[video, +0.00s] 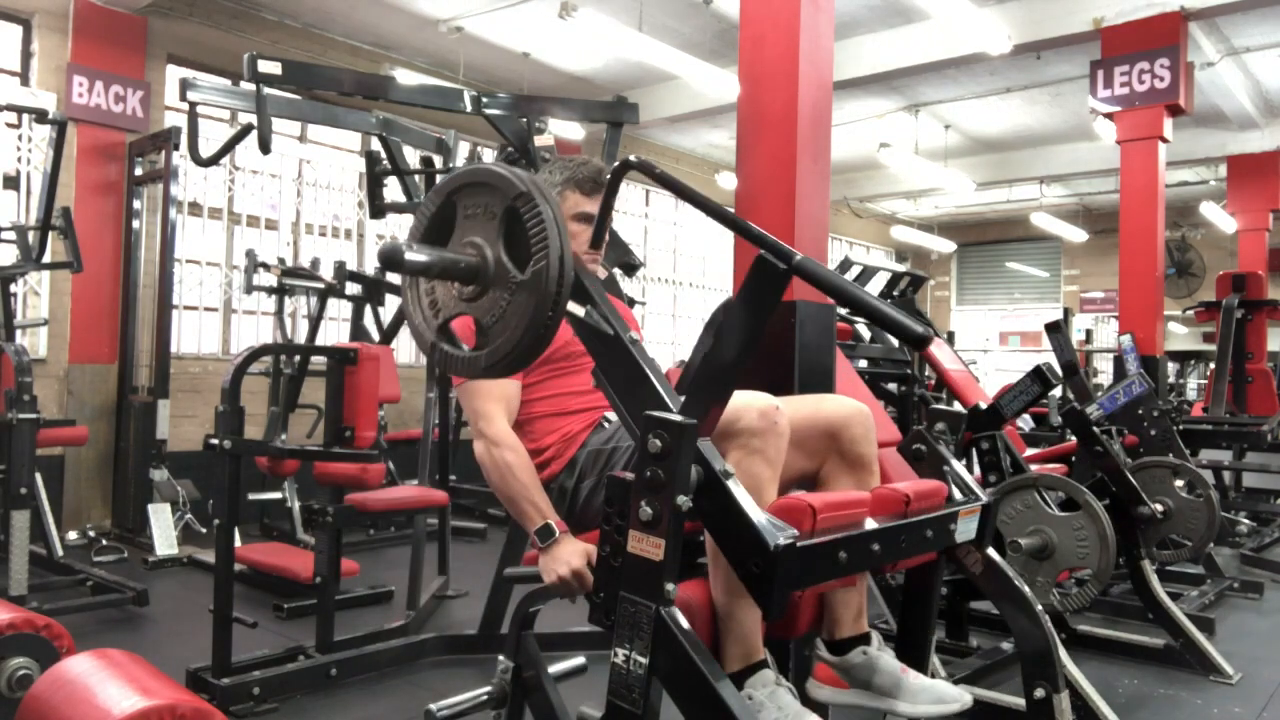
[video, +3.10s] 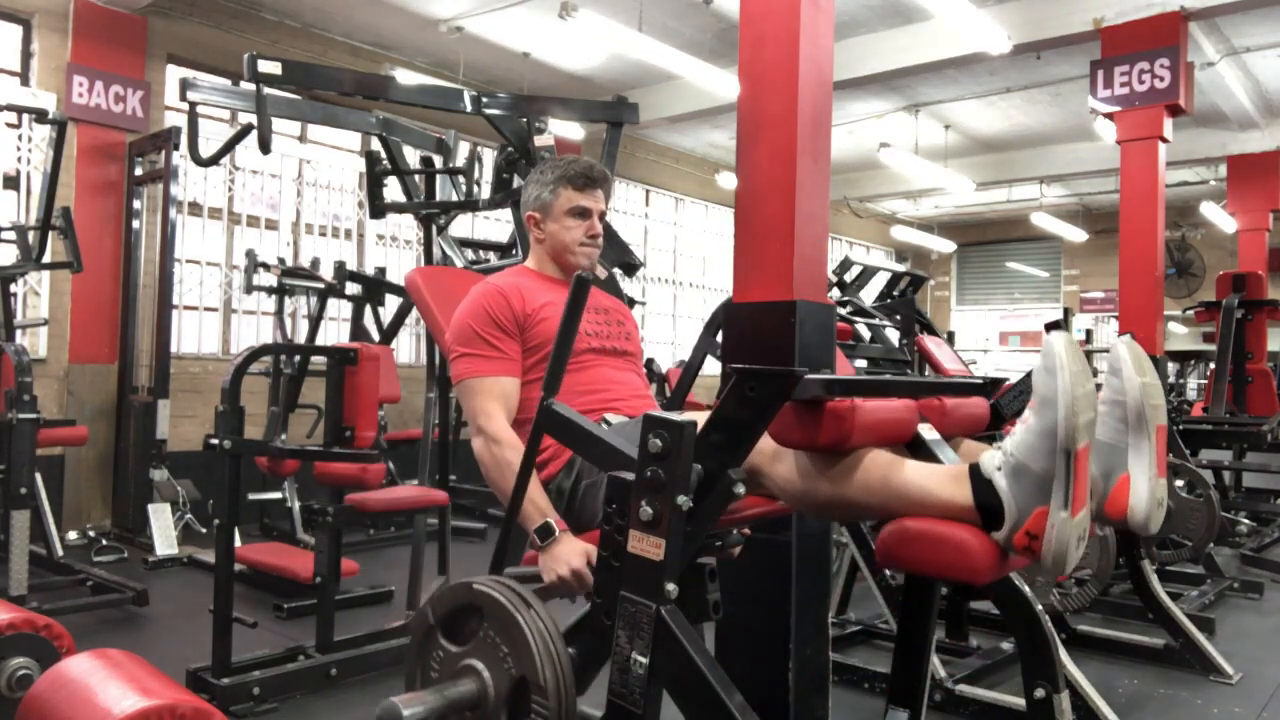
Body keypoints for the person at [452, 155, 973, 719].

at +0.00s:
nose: (598, 237)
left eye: (604, 224)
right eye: (584, 221)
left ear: (606, 229)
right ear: (541, 221)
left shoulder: (607, 303)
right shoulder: (501, 303)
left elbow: (644, 390)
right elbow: (492, 436)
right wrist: (550, 536)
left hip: (655, 444)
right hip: (587, 466)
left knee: (849, 422)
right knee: (754, 419)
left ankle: (849, 643)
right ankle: (745, 669)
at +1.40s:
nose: (600, 238)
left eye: (605, 227)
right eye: (585, 225)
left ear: (603, 231)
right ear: (539, 223)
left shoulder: (611, 306)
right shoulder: (497, 299)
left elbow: (652, 400)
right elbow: (483, 422)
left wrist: (729, 416)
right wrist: (551, 535)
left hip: (666, 442)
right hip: (589, 465)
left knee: (852, 418)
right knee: (761, 431)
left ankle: (943, 637)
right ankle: (849, 681)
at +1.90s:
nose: (593, 236)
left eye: (600, 223)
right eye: (579, 221)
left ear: (600, 225)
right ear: (534, 223)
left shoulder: (597, 300)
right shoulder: (495, 301)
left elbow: (635, 395)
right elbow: (494, 432)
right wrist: (556, 531)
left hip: (656, 437)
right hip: (589, 457)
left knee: (841, 415)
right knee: (778, 421)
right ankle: (925, 643)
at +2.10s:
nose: (593, 238)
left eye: (601, 225)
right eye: (578, 222)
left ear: (604, 230)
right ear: (534, 224)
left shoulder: (611, 308)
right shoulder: (493, 303)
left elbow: (649, 402)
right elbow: (494, 435)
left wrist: (712, 425)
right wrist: (549, 537)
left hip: (655, 452)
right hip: (588, 469)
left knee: (806, 473)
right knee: (795, 418)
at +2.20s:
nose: (596, 235)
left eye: (602, 223)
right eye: (580, 220)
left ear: (603, 231)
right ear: (534, 224)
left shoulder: (612, 307)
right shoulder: (494, 301)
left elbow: (653, 404)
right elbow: (490, 431)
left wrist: (743, 412)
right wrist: (550, 534)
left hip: (659, 463)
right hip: (585, 475)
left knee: (808, 481)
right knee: (797, 419)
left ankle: (960, 602)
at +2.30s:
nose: (596, 233)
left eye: (602, 222)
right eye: (580, 218)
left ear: (602, 232)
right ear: (534, 223)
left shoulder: (611, 305)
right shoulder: (495, 300)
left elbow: (650, 402)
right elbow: (488, 432)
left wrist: (744, 414)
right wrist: (555, 536)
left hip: (663, 446)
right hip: (593, 462)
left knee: (867, 452)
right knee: (777, 437)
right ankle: (961, 588)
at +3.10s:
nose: (592, 231)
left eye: (598, 219)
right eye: (577, 216)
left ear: (599, 226)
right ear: (533, 220)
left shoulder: (609, 305)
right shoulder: (495, 298)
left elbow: (653, 397)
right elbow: (488, 429)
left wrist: (722, 432)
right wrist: (548, 532)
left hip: (657, 439)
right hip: (582, 458)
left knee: (818, 451)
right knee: (770, 456)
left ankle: (1002, 492)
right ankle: (988, 494)